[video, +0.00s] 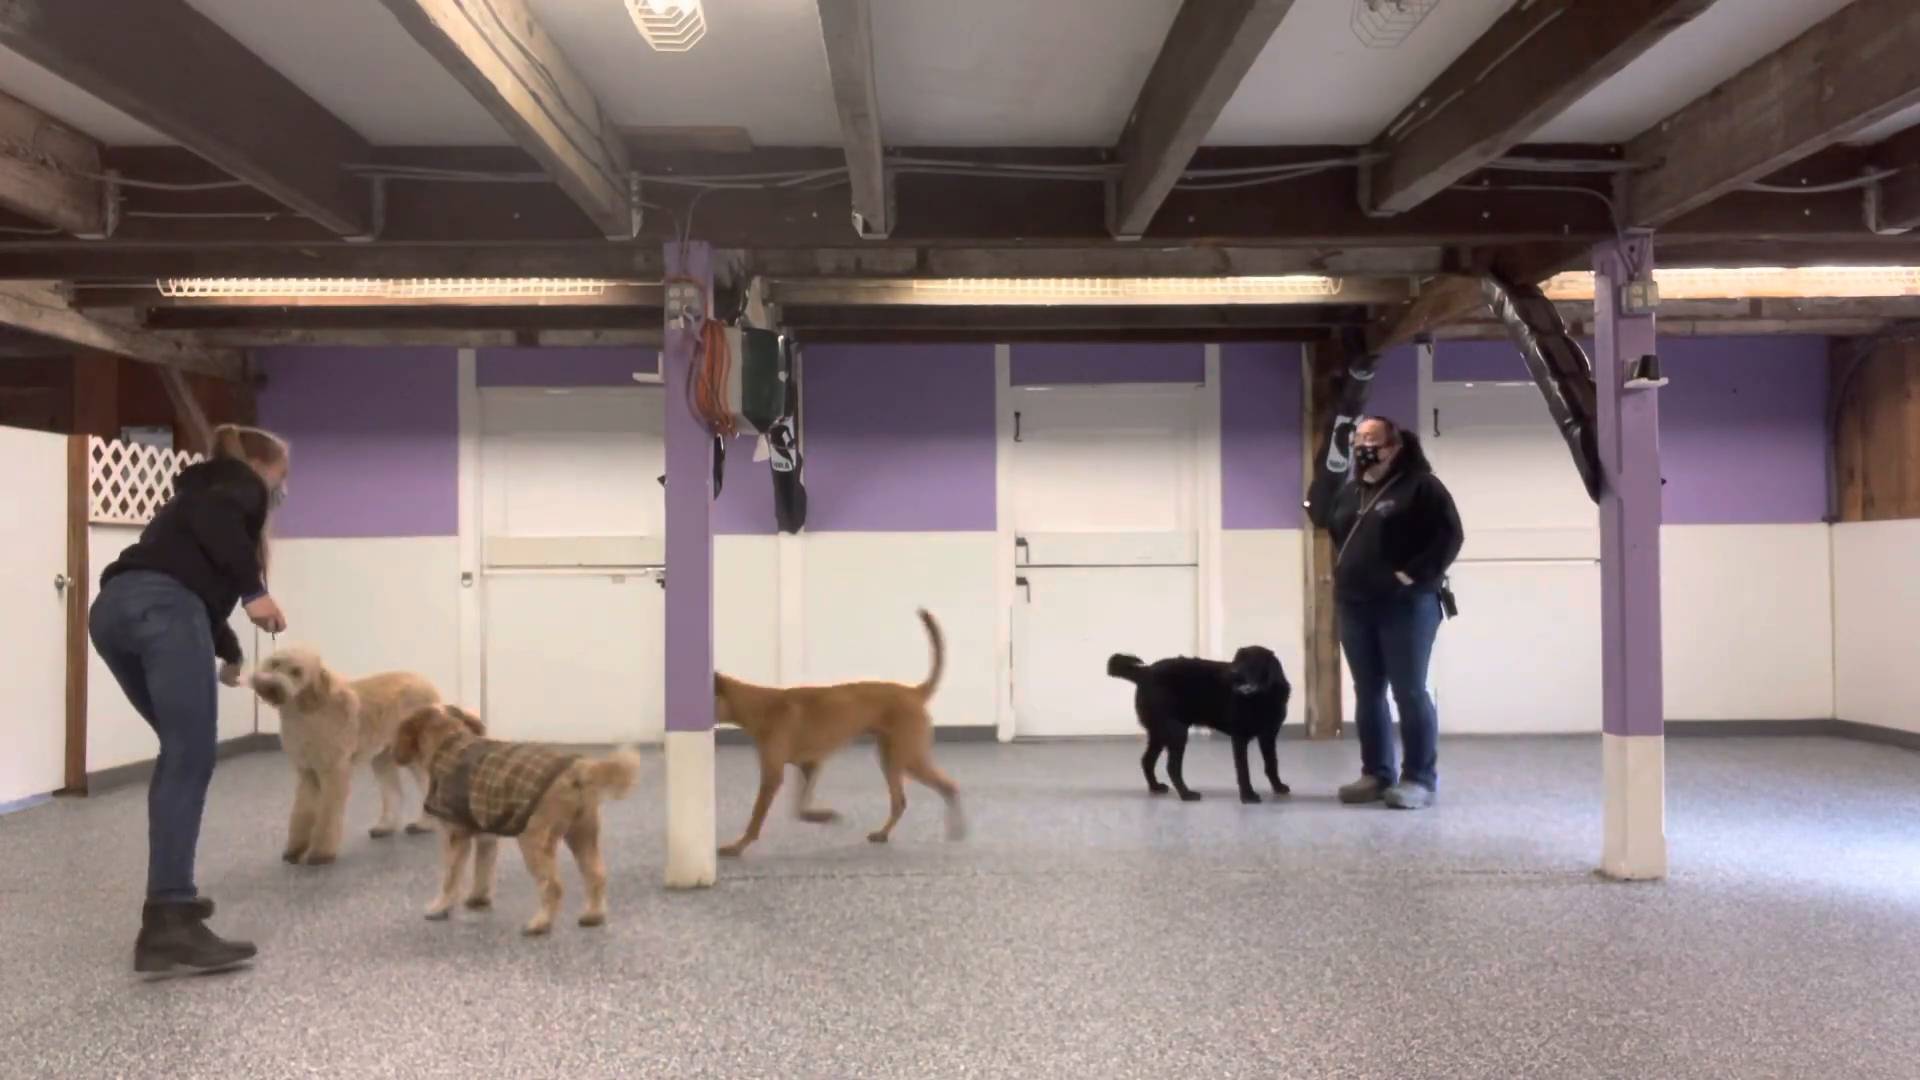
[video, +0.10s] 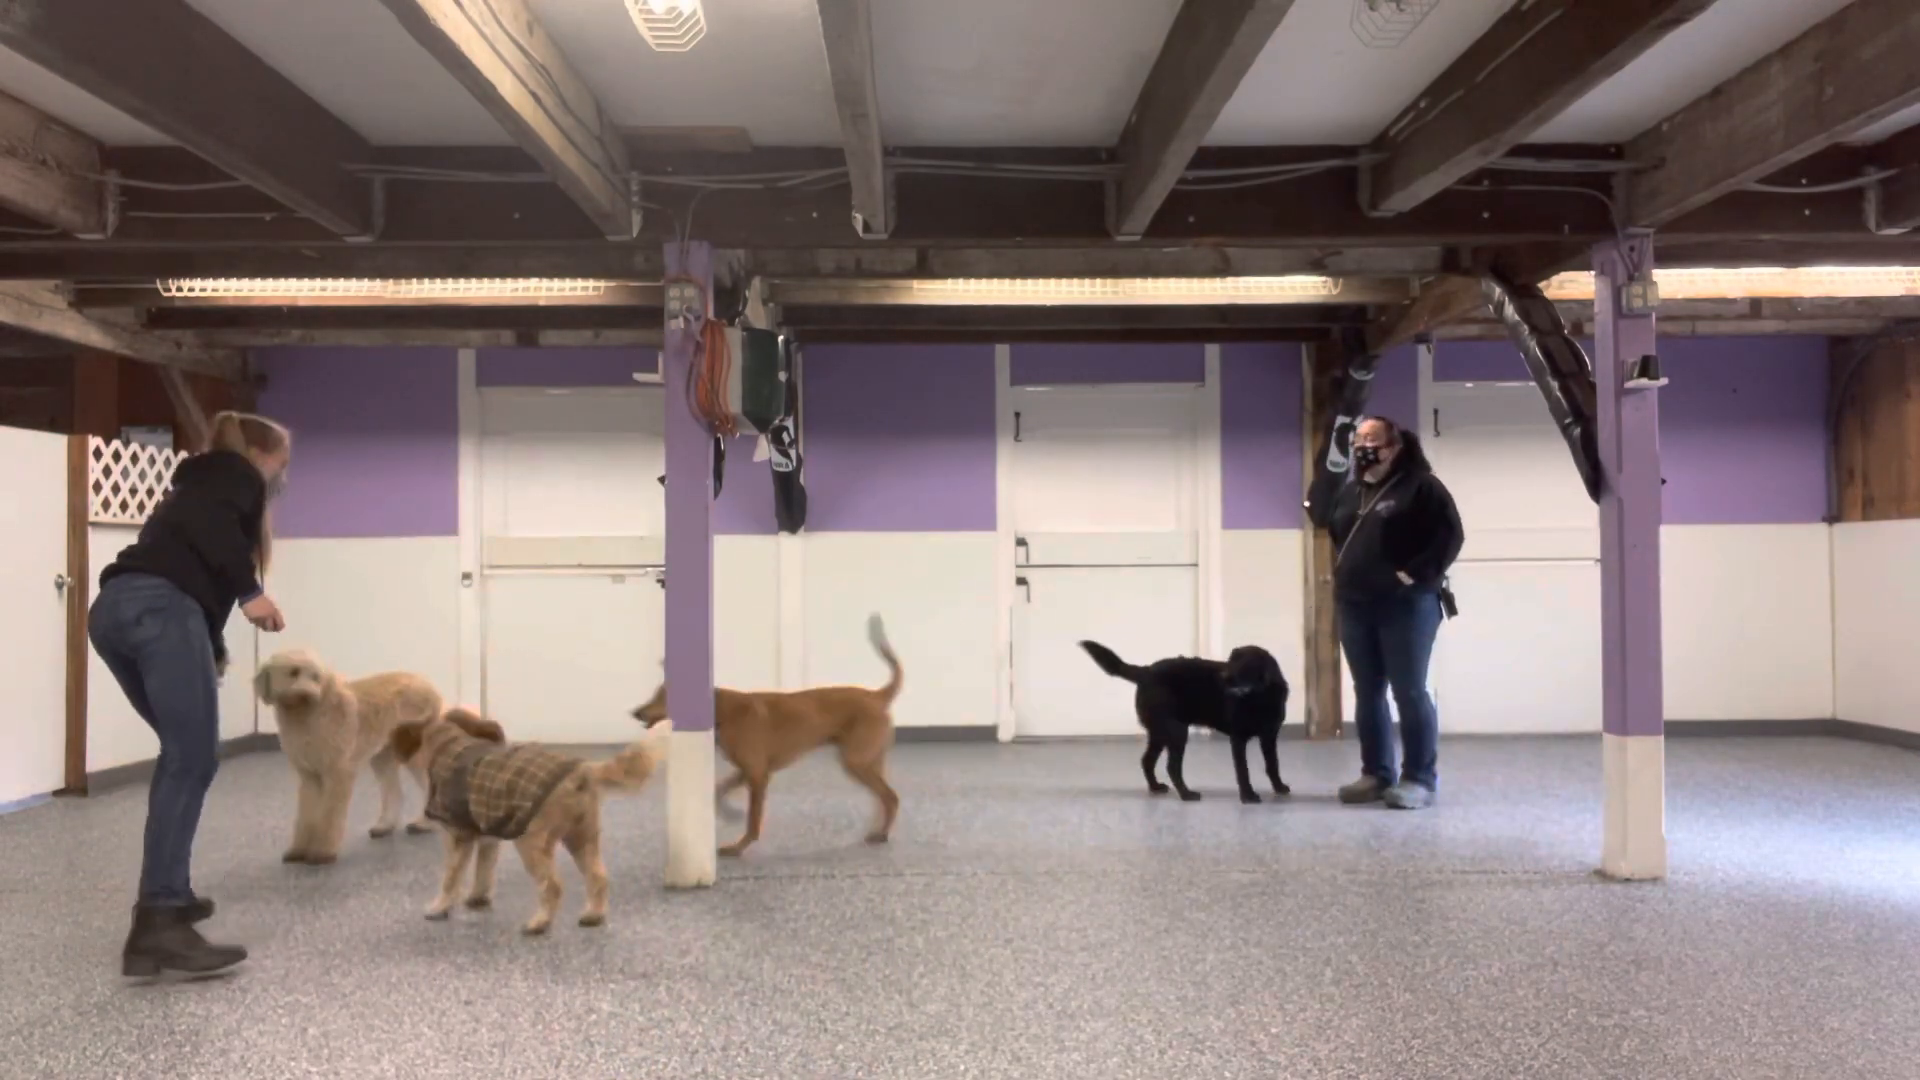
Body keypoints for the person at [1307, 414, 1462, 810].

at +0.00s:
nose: (1364, 450)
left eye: (1373, 443)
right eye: (1359, 444)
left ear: (1395, 447)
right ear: (1353, 449)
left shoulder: (1421, 485)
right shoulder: (1352, 490)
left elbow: (1451, 535)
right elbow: (1321, 516)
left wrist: (1414, 574)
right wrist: (1329, 468)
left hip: (1405, 600)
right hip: (1355, 602)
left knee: (1410, 691)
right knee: (1369, 691)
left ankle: (1420, 781)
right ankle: (1377, 775)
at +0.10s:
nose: (1364, 450)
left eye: (1373, 443)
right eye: (1359, 444)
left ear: (1395, 447)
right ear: (1354, 449)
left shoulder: (1422, 485)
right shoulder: (1352, 490)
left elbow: (1451, 536)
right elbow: (1322, 517)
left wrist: (1414, 574)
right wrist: (1329, 469)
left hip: (1405, 600)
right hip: (1356, 602)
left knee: (1409, 691)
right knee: (1368, 691)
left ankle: (1420, 781)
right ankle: (1377, 775)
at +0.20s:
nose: (1365, 449)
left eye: (1373, 443)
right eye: (1360, 443)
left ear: (1396, 447)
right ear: (1353, 449)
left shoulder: (1422, 486)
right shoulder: (1352, 490)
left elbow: (1452, 535)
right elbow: (1335, 529)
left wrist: (1415, 574)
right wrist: (1320, 507)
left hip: (1406, 601)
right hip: (1355, 602)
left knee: (1409, 691)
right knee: (1368, 691)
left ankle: (1420, 781)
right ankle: (1377, 775)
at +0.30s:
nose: (1366, 453)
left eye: (1374, 446)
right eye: (1360, 447)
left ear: (1397, 447)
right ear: (1353, 451)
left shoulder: (1422, 486)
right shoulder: (1351, 492)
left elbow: (1454, 533)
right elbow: (1323, 515)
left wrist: (1416, 571)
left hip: (1407, 602)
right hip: (1355, 603)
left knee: (1409, 691)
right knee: (1367, 692)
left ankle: (1419, 781)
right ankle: (1377, 774)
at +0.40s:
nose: (1365, 454)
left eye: (1374, 447)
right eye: (1360, 448)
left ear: (1396, 449)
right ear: (1353, 451)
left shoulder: (1422, 487)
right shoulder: (1351, 492)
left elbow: (1460, 529)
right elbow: (1330, 524)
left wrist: (1427, 560)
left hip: (1406, 603)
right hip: (1354, 605)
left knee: (1408, 692)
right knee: (1366, 694)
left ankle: (1419, 781)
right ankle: (1378, 775)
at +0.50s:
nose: (1365, 453)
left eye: (1373, 446)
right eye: (1359, 447)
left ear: (1395, 449)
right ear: (1352, 451)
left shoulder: (1421, 488)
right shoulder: (1350, 492)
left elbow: (1460, 532)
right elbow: (1335, 532)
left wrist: (1435, 565)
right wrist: (1320, 510)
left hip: (1405, 603)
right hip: (1352, 605)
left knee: (1406, 692)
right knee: (1365, 695)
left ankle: (1419, 781)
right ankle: (1378, 775)